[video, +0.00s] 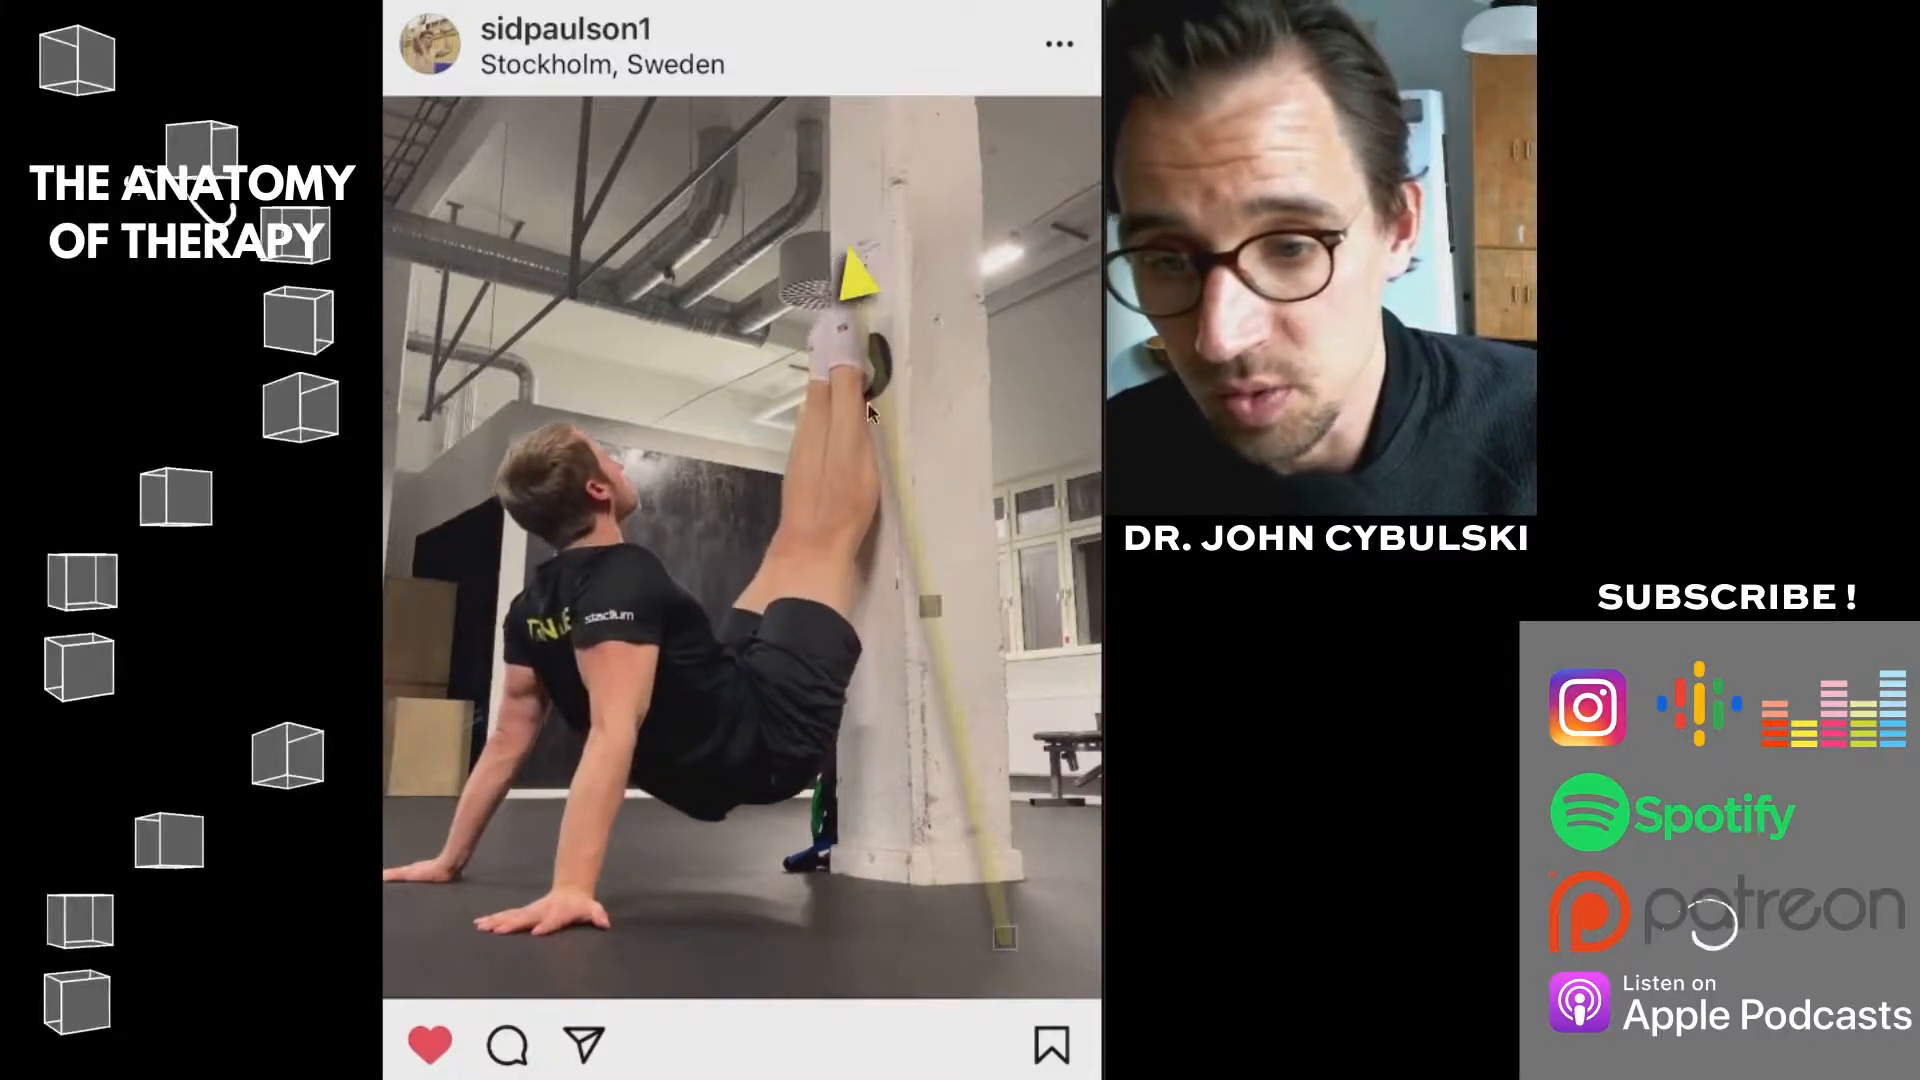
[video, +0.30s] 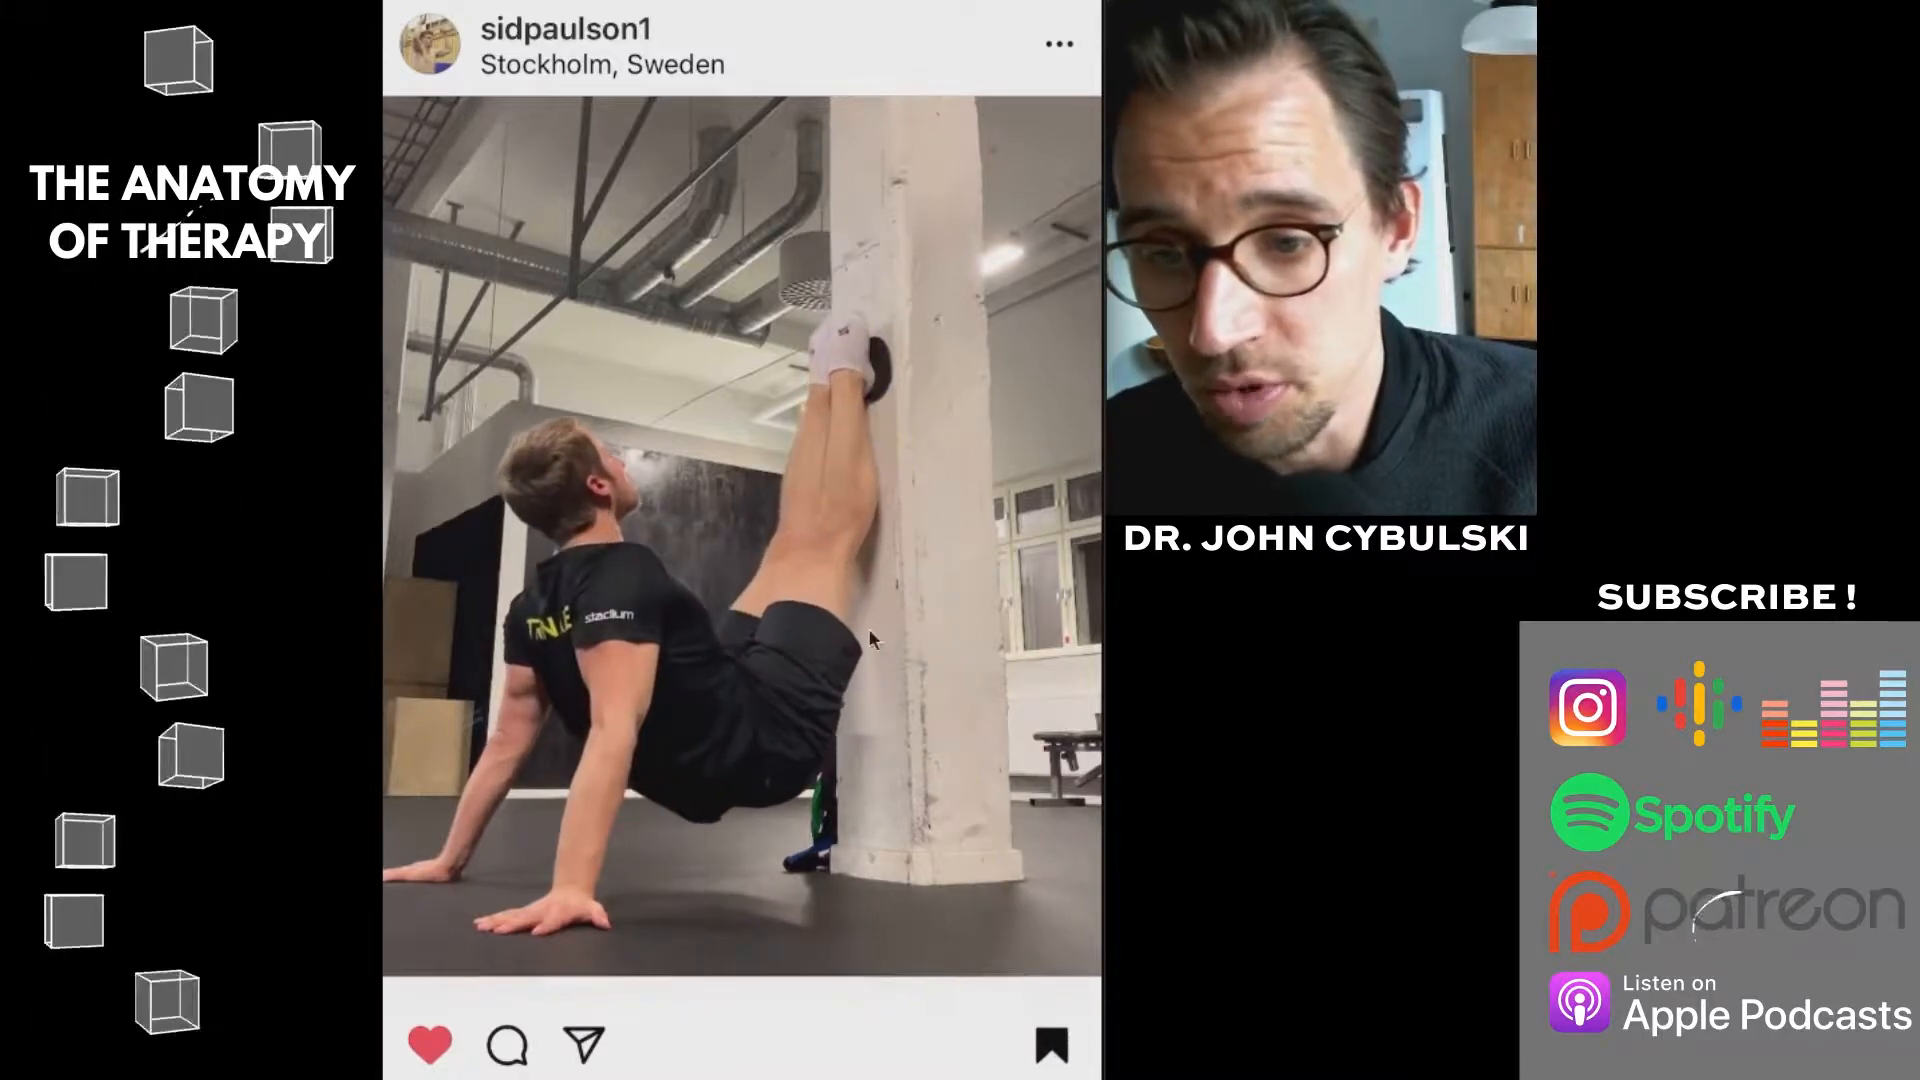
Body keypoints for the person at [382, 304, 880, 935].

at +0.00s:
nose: (620, 460)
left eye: (607, 451)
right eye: (608, 455)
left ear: (541, 517)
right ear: (600, 491)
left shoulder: (532, 604)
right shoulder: (622, 578)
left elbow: (508, 741)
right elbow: (611, 733)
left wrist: (449, 859)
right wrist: (572, 887)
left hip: (709, 766)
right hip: (772, 742)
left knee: (796, 536)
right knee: (834, 527)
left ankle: (825, 378)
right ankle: (847, 370)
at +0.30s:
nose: (623, 461)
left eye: (611, 451)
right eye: (612, 455)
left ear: (545, 511)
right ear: (600, 485)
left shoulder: (531, 604)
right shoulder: (621, 574)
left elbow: (508, 742)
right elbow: (612, 729)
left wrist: (449, 859)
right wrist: (572, 888)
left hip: (701, 772)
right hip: (769, 743)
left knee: (792, 537)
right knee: (829, 535)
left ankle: (826, 384)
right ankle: (847, 378)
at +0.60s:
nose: (623, 459)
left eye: (611, 450)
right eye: (612, 453)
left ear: (543, 508)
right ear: (600, 482)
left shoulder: (529, 605)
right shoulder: (620, 572)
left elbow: (508, 744)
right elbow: (613, 727)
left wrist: (449, 859)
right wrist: (572, 888)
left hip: (698, 773)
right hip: (768, 745)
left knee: (792, 537)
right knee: (827, 536)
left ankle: (826, 387)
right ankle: (847, 379)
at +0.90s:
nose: (624, 456)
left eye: (612, 447)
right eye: (612, 450)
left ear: (541, 506)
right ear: (599, 481)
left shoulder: (527, 607)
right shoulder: (619, 575)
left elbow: (506, 745)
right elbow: (611, 729)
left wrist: (449, 859)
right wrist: (572, 886)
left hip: (695, 781)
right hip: (765, 758)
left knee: (787, 557)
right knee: (826, 549)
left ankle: (825, 392)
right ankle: (847, 387)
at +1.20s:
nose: (624, 457)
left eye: (612, 447)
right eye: (612, 451)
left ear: (542, 505)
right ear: (599, 480)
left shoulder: (527, 606)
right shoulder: (617, 574)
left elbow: (507, 744)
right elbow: (610, 727)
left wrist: (449, 860)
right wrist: (573, 887)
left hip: (693, 786)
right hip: (764, 764)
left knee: (786, 564)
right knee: (824, 556)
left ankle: (824, 400)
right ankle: (846, 392)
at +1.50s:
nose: (624, 457)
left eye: (612, 446)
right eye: (612, 451)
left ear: (541, 504)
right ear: (599, 479)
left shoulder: (527, 605)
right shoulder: (615, 573)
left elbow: (508, 743)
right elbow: (609, 727)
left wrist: (449, 860)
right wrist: (573, 888)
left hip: (694, 789)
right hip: (761, 767)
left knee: (787, 568)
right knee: (822, 559)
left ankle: (826, 403)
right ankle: (846, 397)